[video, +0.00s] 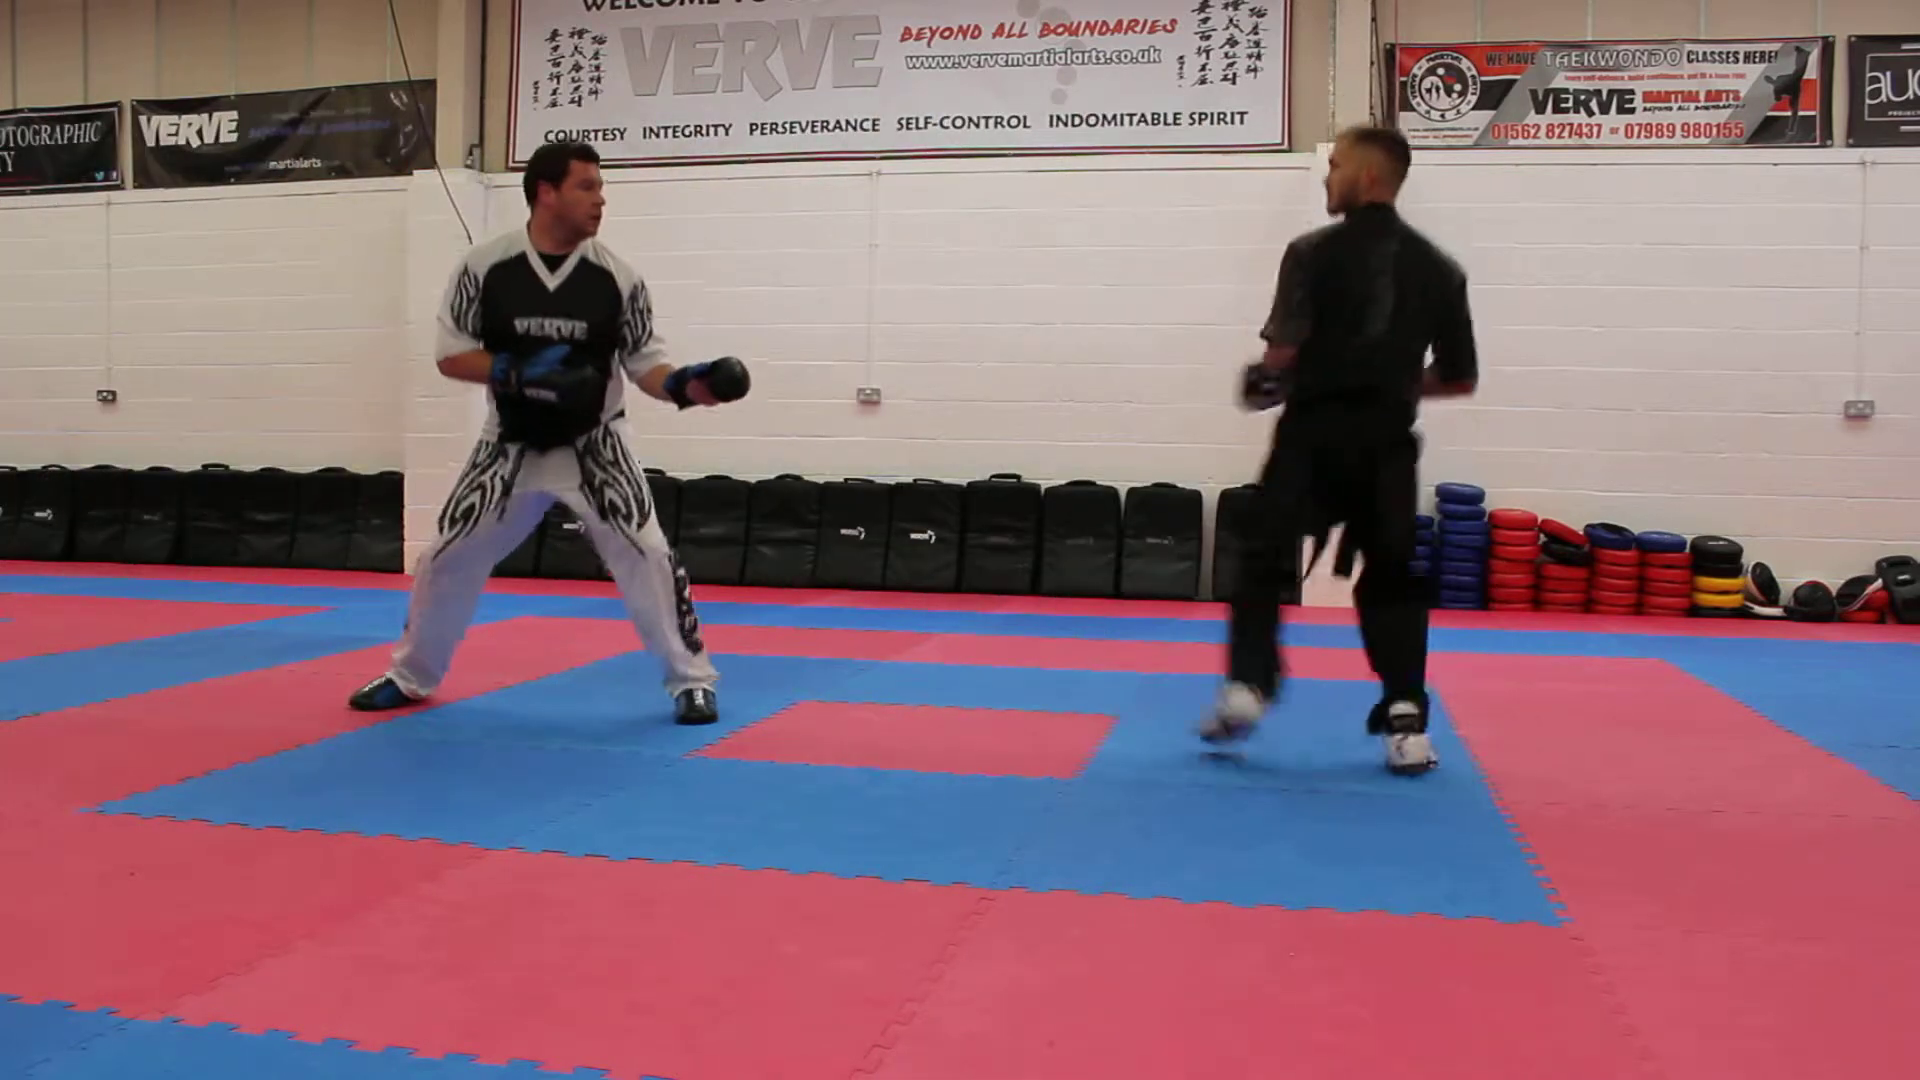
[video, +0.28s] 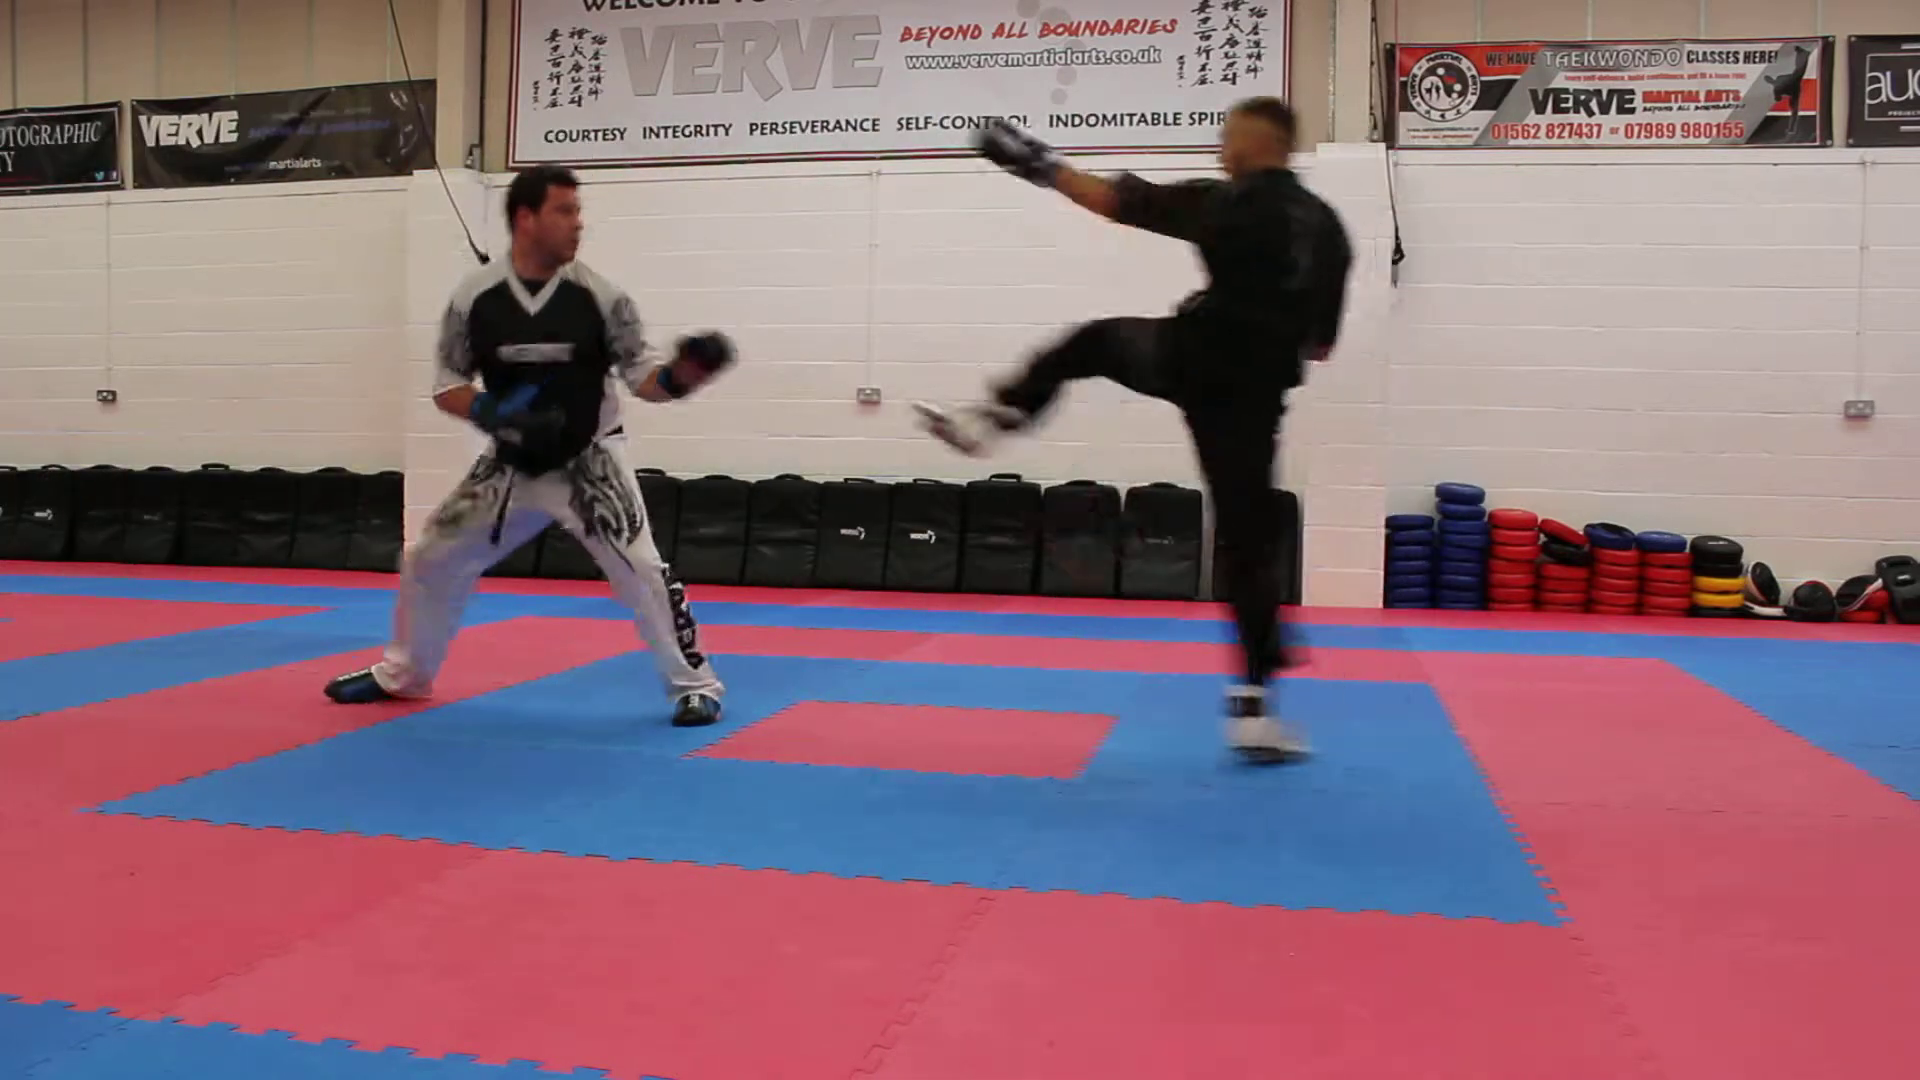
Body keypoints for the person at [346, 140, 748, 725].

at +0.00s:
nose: (600, 199)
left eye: (600, 188)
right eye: (587, 188)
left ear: (592, 195)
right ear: (544, 194)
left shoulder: (618, 278)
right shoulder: (483, 267)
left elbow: (644, 364)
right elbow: (451, 355)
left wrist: (682, 385)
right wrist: (514, 369)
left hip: (595, 448)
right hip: (509, 450)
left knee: (646, 555)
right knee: (446, 559)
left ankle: (691, 680)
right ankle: (412, 676)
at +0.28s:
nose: (579, 223)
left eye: (579, 212)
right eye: (566, 212)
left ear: (572, 219)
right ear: (525, 219)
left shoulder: (600, 298)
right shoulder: (475, 298)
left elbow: (645, 381)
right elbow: (447, 388)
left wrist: (681, 374)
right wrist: (493, 411)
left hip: (590, 462)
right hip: (510, 463)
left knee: (640, 568)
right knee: (430, 559)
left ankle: (694, 685)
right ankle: (406, 674)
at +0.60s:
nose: (425, 183)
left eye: (430, 172)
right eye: (412, 172)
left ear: (435, 177)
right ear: (378, 178)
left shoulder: (449, 242)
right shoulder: (351, 267)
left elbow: (503, 311)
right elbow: (340, 351)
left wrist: (463, 298)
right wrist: (342, 370)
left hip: (462, 398)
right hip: (404, 410)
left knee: (420, 521)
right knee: (370, 538)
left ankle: (490, 640)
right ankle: (394, 664)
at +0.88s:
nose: (243, 197)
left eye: (246, 186)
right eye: (245, 185)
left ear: (262, 187)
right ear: (293, 183)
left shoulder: (285, 228)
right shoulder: (318, 227)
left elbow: (320, 295)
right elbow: (306, 309)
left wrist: (298, 367)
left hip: (317, 414)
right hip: (367, 412)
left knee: (241, 527)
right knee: (362, 542)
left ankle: (185, 642)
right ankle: (395, 662)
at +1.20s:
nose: (151, 227)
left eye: (146, 216)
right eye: (144, 217)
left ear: (87, 227)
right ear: (120, 219)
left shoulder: (59, 293)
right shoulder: (161, 258)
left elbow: (40, 385)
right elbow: (254, 301)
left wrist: (78, 342)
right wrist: (225, 348)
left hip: (179, 425)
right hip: (242, 388)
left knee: (166, 543)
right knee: (344, 420)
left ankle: (184, 662)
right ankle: (412, 431)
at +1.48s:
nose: (47, 170)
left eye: (44, 161)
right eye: (43, 160)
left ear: (4, 158)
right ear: (23, 156)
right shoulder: (57, 194)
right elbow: (158, 204)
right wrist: (127, 281)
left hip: (81, 349)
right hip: (141, 321)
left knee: (89, 485)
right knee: (251, 385)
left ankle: (116, 606)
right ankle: (258, 338)